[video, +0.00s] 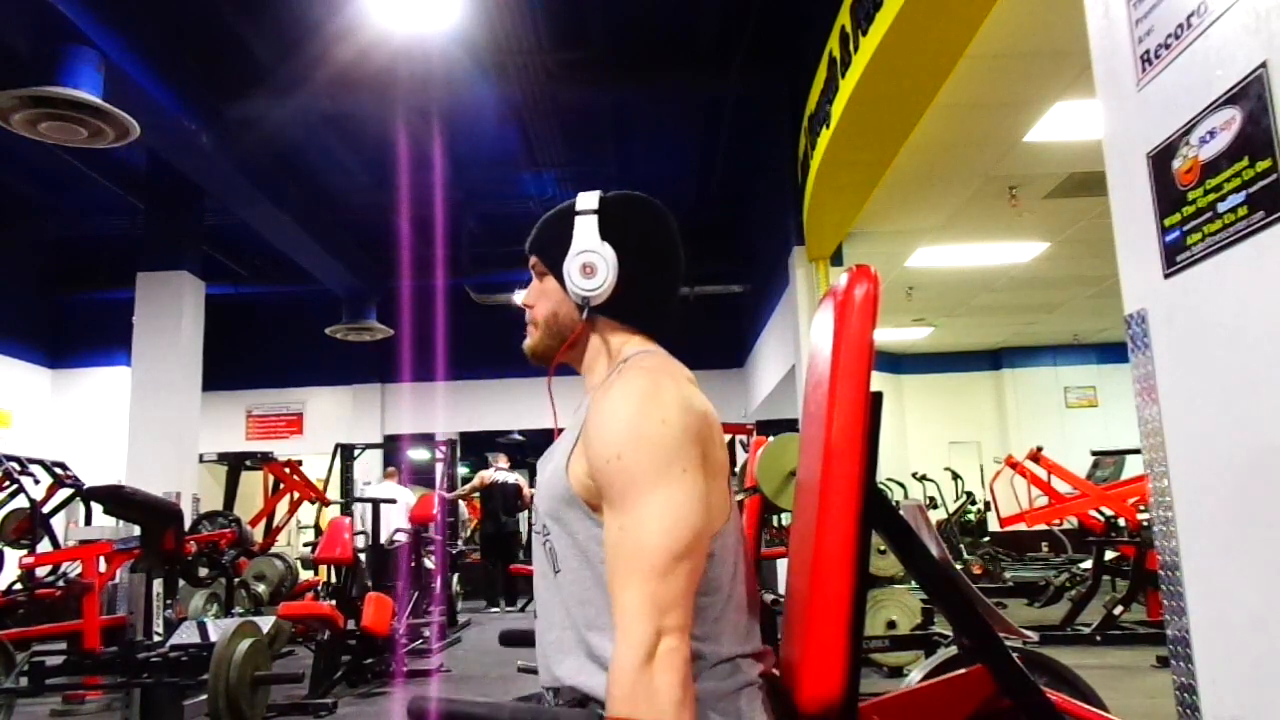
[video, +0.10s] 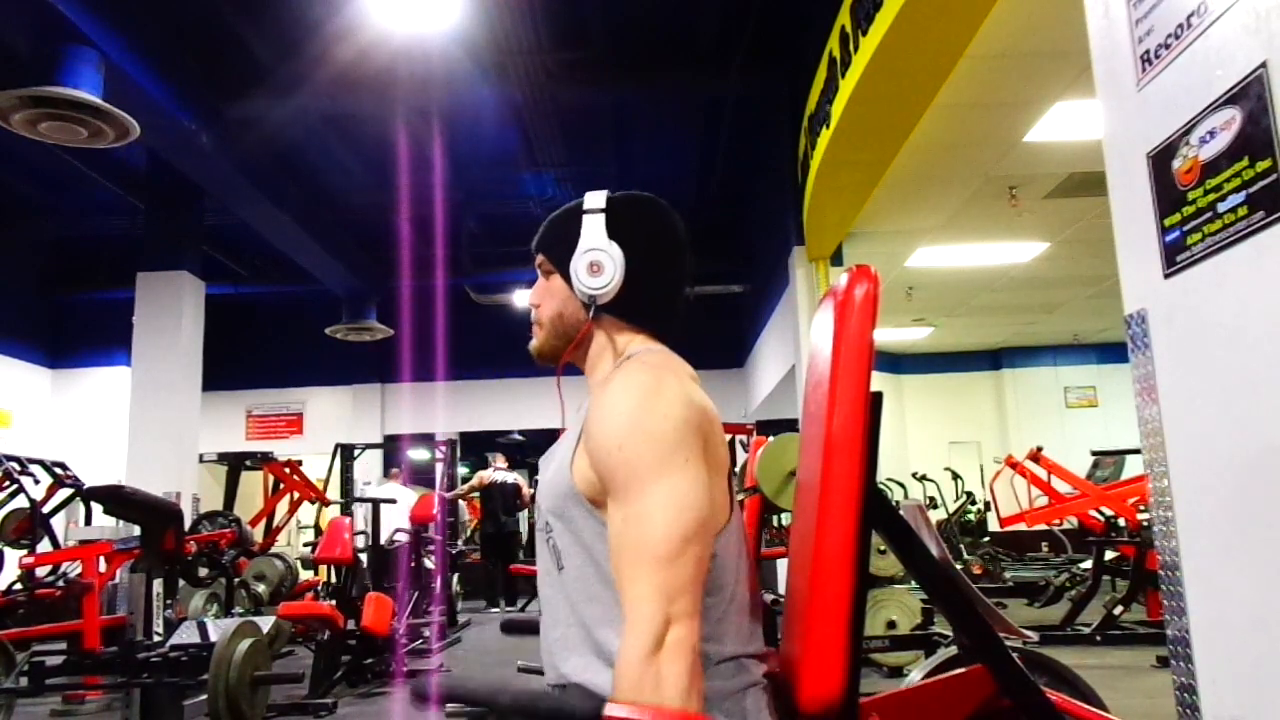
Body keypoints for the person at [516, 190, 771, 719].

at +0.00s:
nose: (524, 298)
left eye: (539, 276)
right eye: (529, 278)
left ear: (592, 276)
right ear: (587, 277)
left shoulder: (645, 403)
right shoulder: (623, 396)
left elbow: (656, 649)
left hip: (626, 705)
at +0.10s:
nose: (531, 296)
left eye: (545, 274)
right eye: (536, 276)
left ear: (598, 274)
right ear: (593, 275)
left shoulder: (646, 395)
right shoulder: (629, 391)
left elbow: (664, 640)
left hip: (641, 704)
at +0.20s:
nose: (534, 297)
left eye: (547, 274)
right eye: (538, 277)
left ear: (601, 272)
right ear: (599, 273)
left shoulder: (641, 370)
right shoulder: (626, 371)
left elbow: (675, 596)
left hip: (642, 699)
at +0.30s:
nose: (535, 299)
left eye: (548, 275)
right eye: (539, 278)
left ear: (601, 270)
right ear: (597, 271)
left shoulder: (640, 350)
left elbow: (691, 556)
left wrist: (661, 710)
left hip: (632, 701)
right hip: (605, 692)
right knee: (489, 712)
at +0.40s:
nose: (533, 295)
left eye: (547, 271)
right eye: (537, 274)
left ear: (601, 268)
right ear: (596, 269)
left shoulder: (641, 346)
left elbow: (699, 548)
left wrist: (656, 707)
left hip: (626, 700)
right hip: (594, 692)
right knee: (490, 713)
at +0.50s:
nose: (533, 296)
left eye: (547, 273)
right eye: (537, 276)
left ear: (603, 271)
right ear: (598, 272)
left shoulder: (643, 358)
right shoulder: (624, 370)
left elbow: (689, 570)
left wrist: (659, 712)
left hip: (629, 704)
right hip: (596, 695)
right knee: (488, 711)